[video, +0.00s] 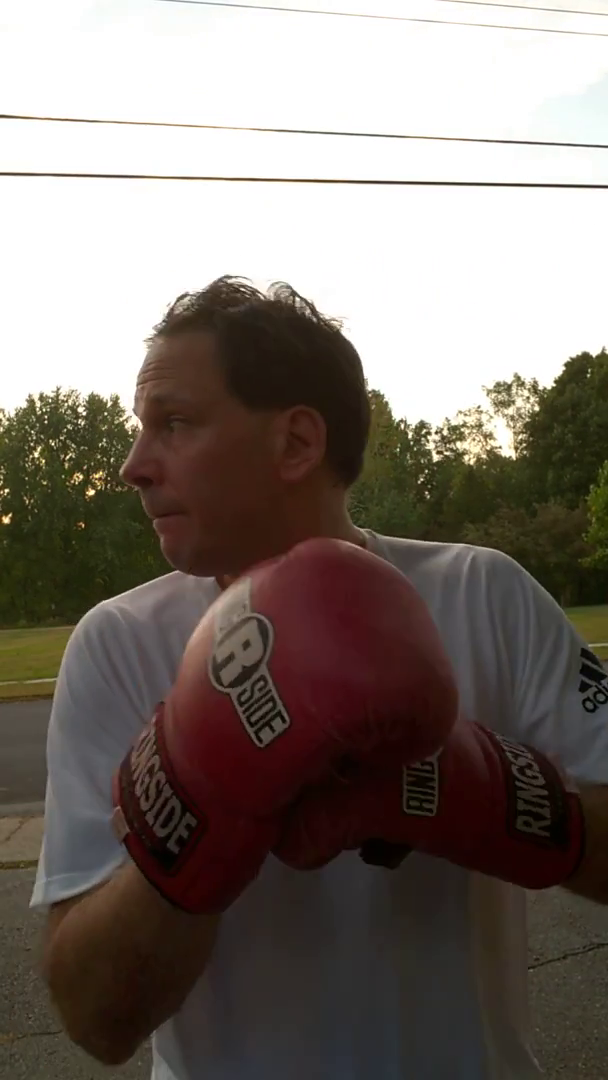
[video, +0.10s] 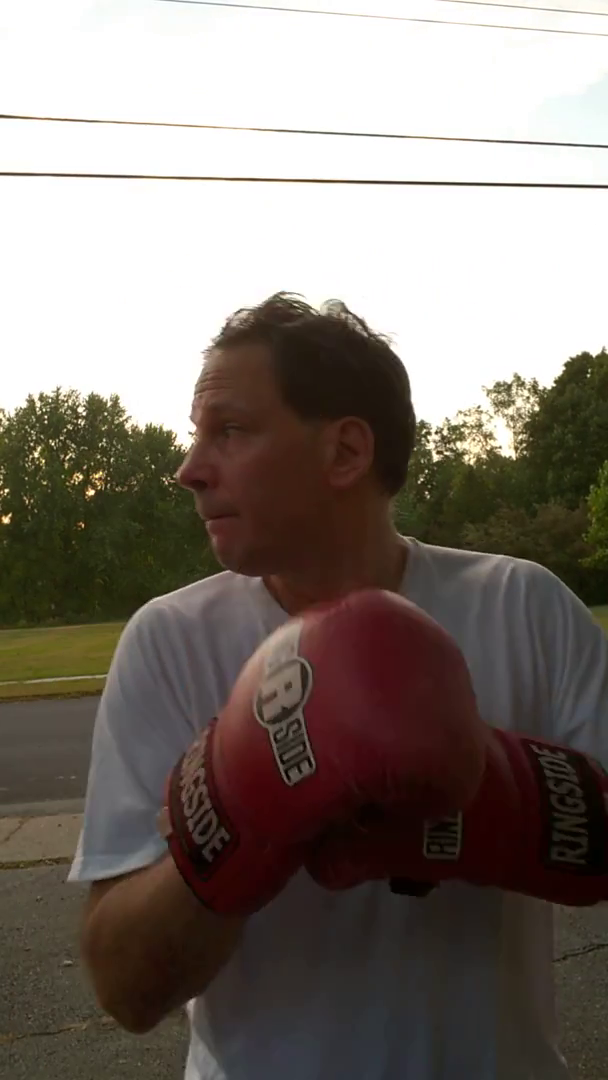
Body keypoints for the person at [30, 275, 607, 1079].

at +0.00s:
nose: (133, 468)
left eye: (173, 422)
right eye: (142, 429)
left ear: (298, 442)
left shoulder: (486, 599)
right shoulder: (117, 644)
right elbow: (98, 1019)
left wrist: (477, 796)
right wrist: (208, 805)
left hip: (473, 1060)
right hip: (223, 1067)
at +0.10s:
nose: (190, 470)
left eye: (229, 431)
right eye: (198, 435)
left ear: (346, 451)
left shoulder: (525, 610)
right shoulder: (166, 643)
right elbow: (129, 989)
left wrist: (487, 805)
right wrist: (247, 813)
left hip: (498, 1059)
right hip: (251, 1066)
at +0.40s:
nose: (320, 450)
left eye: (357, 416)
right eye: (302, 423)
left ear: (435, 430)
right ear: (287, 442)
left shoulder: (533, 572)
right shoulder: (242, 617)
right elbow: (189, 903)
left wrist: (587, 733)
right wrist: (311, 776)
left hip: (535, 1041)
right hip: (328, 1052)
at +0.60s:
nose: (312, 501)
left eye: (337, 473)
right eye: (284, 478)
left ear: (385, 489)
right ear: (253, 507)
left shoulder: (447, 617)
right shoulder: (208, 649)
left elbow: (565, 808)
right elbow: (174, 934)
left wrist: (530, 732)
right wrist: (358, 751)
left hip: (468, 1046)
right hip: (291, 1061)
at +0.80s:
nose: (337, 456)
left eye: (359, 427)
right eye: (307, 433)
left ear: (390, 440)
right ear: (264, 457)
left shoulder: (445, 553)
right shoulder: (209, 610)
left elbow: (553, 723)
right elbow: (181, 865)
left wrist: (514, 663)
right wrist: (329, 732)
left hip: (488, 1003)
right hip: (319, 1040)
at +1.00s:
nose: (363, 520)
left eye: (382, 493)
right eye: (335, 500)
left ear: (414, 502)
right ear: (300, 522)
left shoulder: (489, 604)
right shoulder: (258, 647)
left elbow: (602, 736)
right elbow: (225, 874)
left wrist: (525, 669)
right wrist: (340, 719)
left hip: (514, 1018)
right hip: (355, 1042)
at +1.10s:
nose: (365, 528)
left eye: (383, 501)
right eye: (338, 509)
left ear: (416, 513)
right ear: (306, 533)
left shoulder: (485, 619)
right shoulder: (262, 663)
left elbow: (595, 788)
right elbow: (220, 891)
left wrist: (515, 715)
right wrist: (326, 775)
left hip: (512, 1025)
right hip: (354, 1044)